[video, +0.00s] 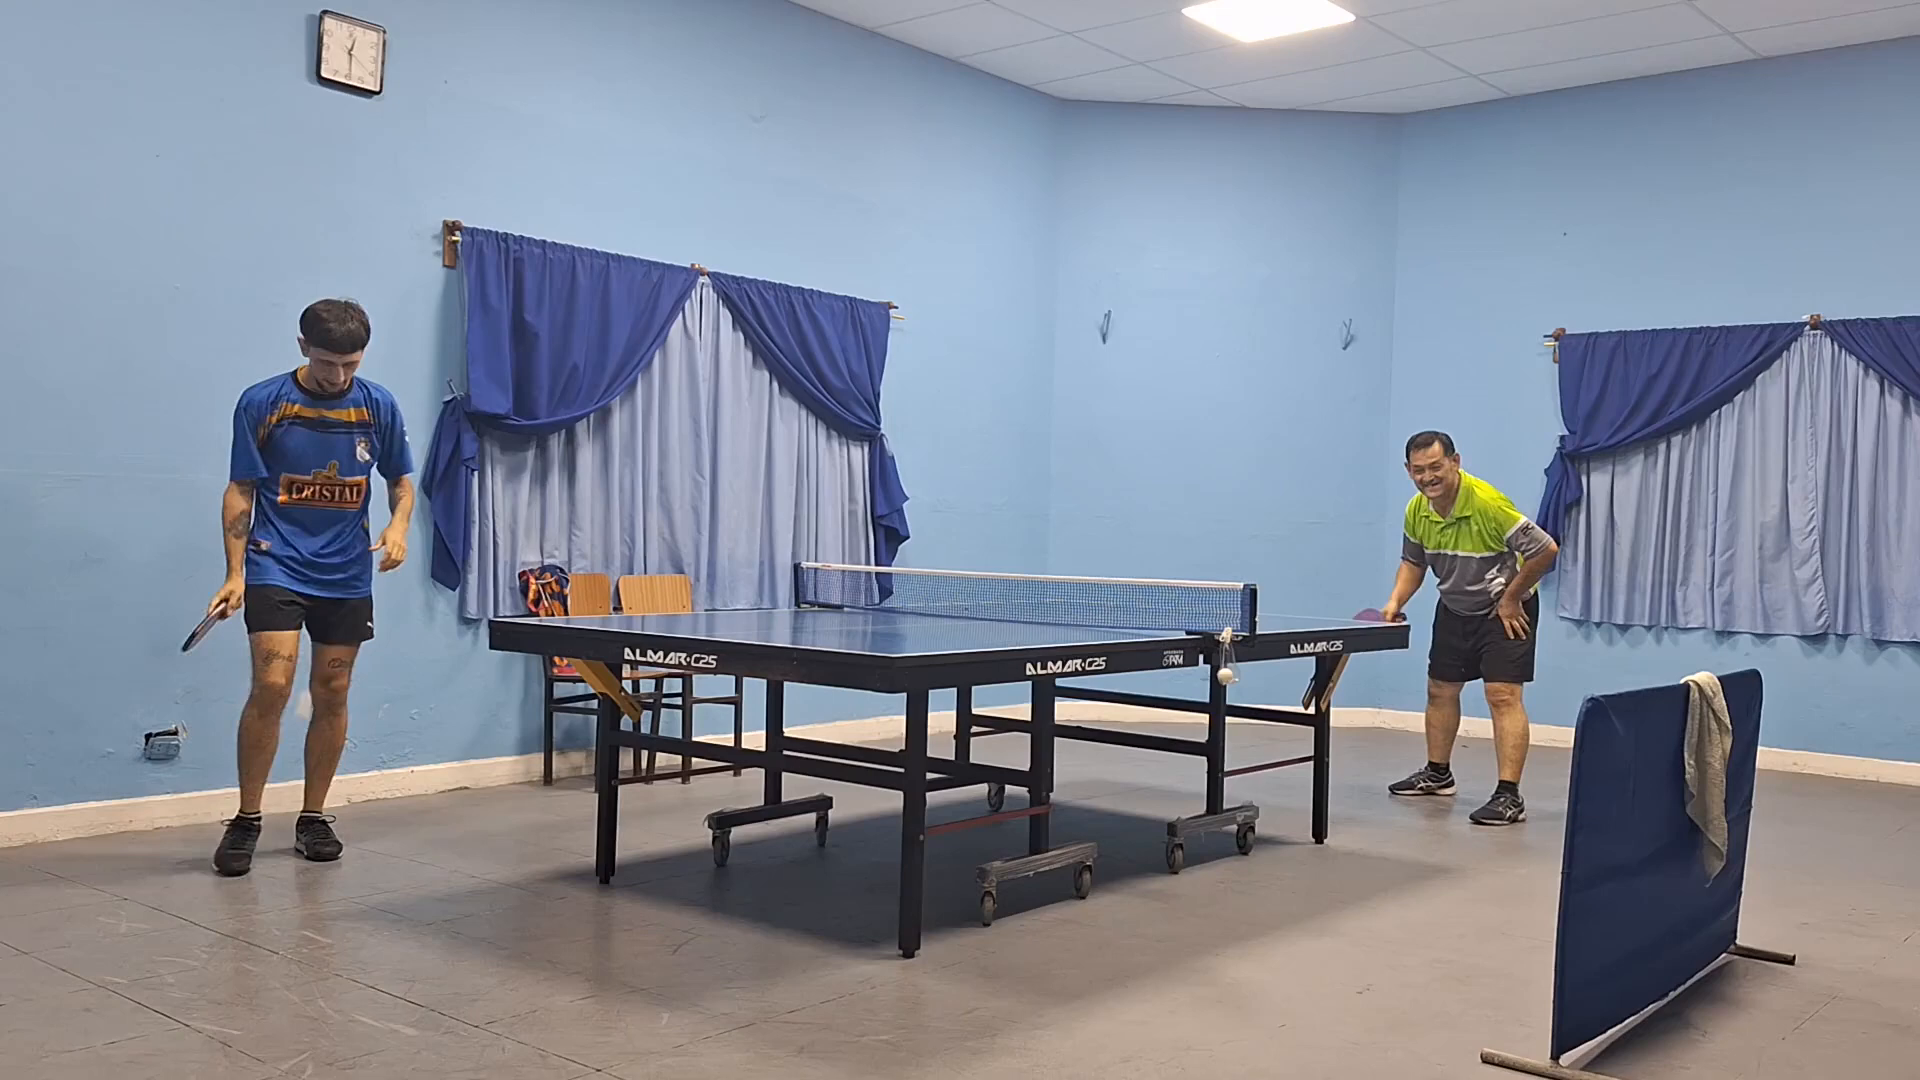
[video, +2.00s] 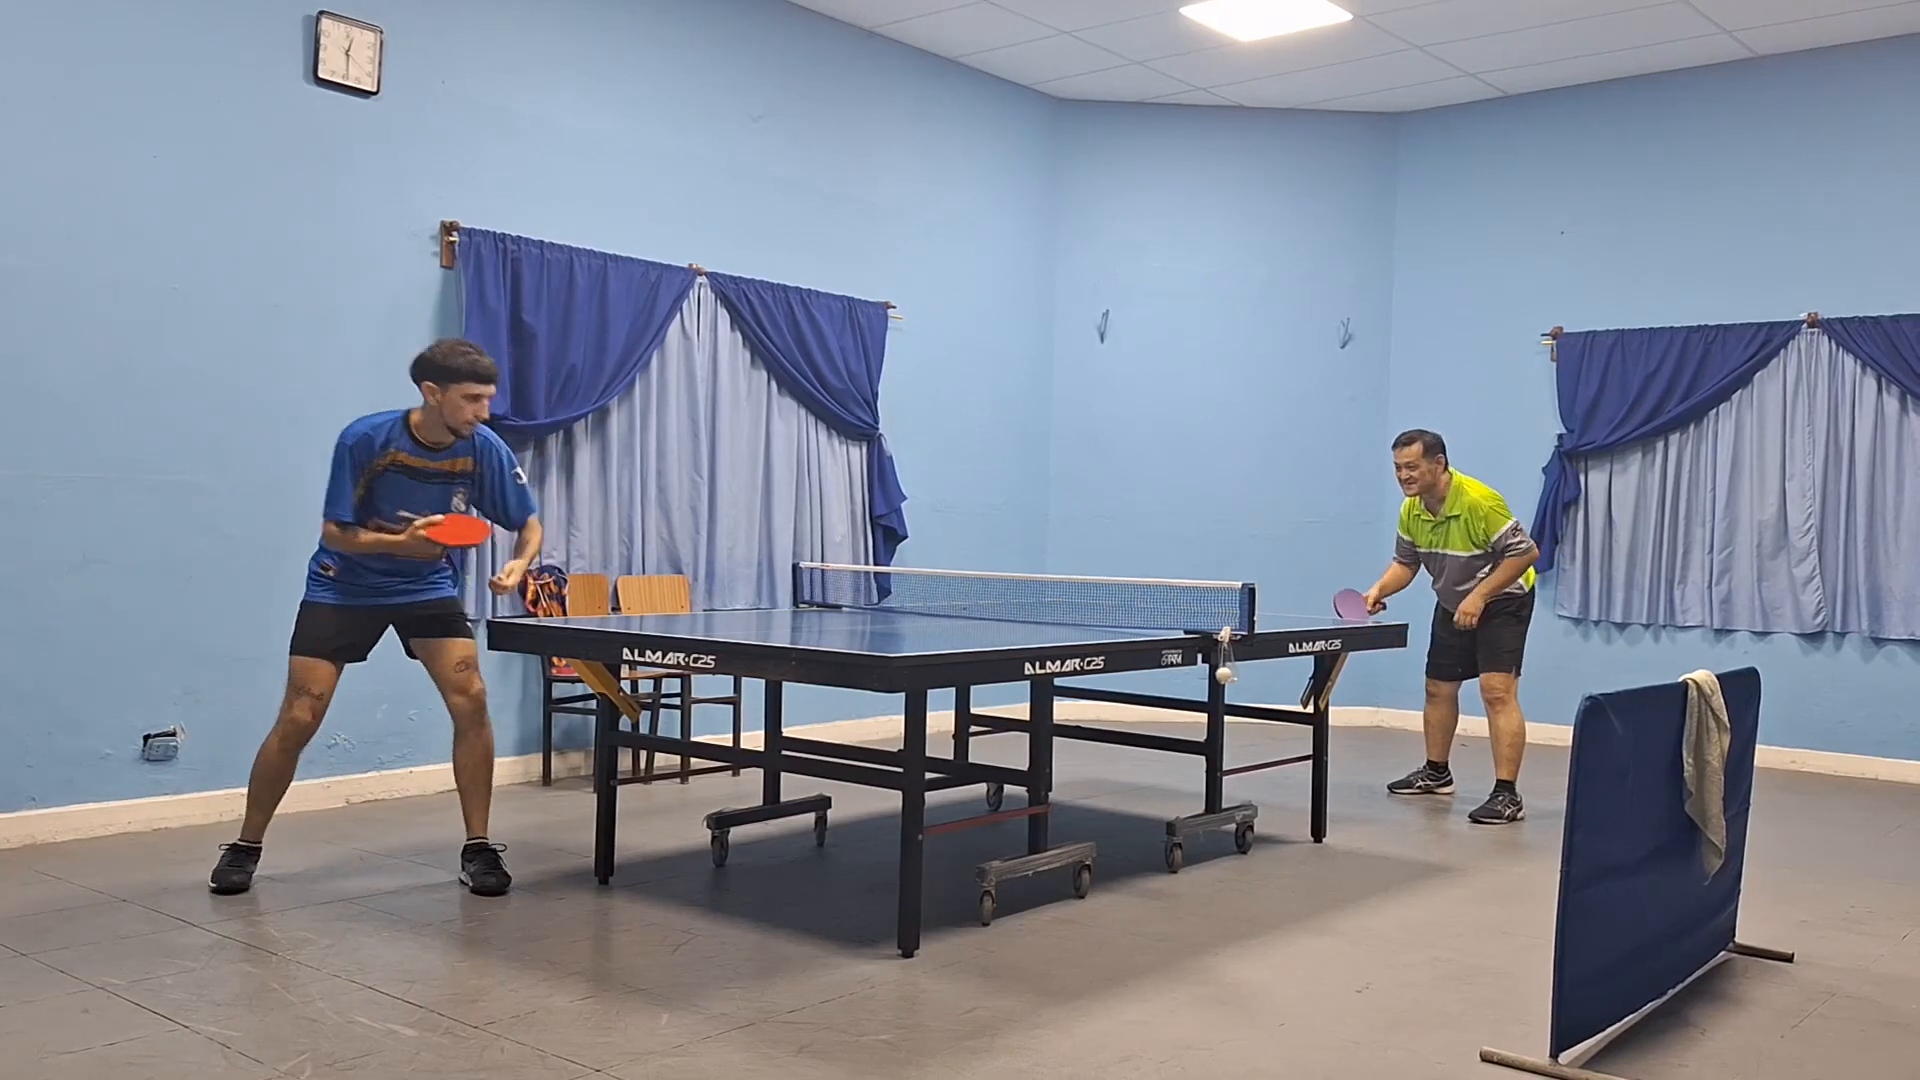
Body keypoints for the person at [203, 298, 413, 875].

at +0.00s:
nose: (339, 377)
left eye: (350, 365)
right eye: (327, 364)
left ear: (363, 356)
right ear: (303, 347)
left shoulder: (379, 407)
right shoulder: (261, 404)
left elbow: (401, 479)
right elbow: (240, 490)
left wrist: (399, 524)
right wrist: (235, 573)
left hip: (345, 569)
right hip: (275, 564)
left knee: (333, 690)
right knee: (273, 683)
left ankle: (314, 818)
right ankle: (247, 820)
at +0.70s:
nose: (339, 324)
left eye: (344, 312)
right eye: (325, 314)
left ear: (350, 315)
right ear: (290, 321)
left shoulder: (363, 386)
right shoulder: (255, 394)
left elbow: (368, 468)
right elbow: (212, 484)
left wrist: (407, 496)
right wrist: (277, 519)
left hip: (362, 564)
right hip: (289, 574)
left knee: (397, 681)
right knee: (290, 698)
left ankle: (390, 818)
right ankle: (277, 842)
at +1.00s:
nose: (394, 330)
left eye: (397, 320)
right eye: (381, 320)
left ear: (397, 326)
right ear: (340, 325)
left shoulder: (409, 396)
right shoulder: (298, 399)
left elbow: (447, 471)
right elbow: (258, 496)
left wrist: (483, 523)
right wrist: (336, 500)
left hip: (389, 570)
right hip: (314, 577)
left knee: (421, 687)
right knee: (307, 704)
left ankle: (463, 828)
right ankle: (278, 844)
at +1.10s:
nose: (429, 350)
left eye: (432, 340)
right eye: (417, 340)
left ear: (429, 343)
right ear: (376, 338)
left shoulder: (441, 411)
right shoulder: (322, 406)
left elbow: (481, 484)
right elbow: (285, 500)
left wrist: (511, 536)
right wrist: (361, 503)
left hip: (406, 580)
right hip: (329, 584)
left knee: (435, 695)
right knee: (318, 710)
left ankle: (468, 841)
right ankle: (279, 843)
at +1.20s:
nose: (479, 372)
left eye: (481, 361)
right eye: (469, 360)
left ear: (455, 364)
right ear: (426, 356)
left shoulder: (475, 430)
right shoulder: (359, 415)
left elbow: (511, 506)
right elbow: (312, 506)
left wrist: (537, 556)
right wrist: (387, 513)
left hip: (428, 591)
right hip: (348, 592)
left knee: (455, 694)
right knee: (329, 724)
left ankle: (476, 848)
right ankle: (279, 845)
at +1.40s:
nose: (556, 408)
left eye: (558, 397)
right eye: (551, 395)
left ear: (523, 390)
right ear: (515, 387)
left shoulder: (522, 453)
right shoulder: (419, 426)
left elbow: (531, 531)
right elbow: (371, 510)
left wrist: (553, 569)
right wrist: (444, 539)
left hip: (446, 586)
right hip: (370, 586)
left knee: (472, 701)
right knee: (340, 718)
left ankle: (476, 848)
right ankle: (284, 841)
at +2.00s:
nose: (483, 412)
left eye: (488, 400)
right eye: (472, 400)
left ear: (489, 397)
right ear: (432, 393)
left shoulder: (485, 451)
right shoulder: (363, 440)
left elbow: (531, 525)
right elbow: (334, 532)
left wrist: (521, 562)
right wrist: (395, 545)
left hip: (428, 586)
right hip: (343, 585)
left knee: (470, 695)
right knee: (300, 717)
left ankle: (478, 846)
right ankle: (246, 846)